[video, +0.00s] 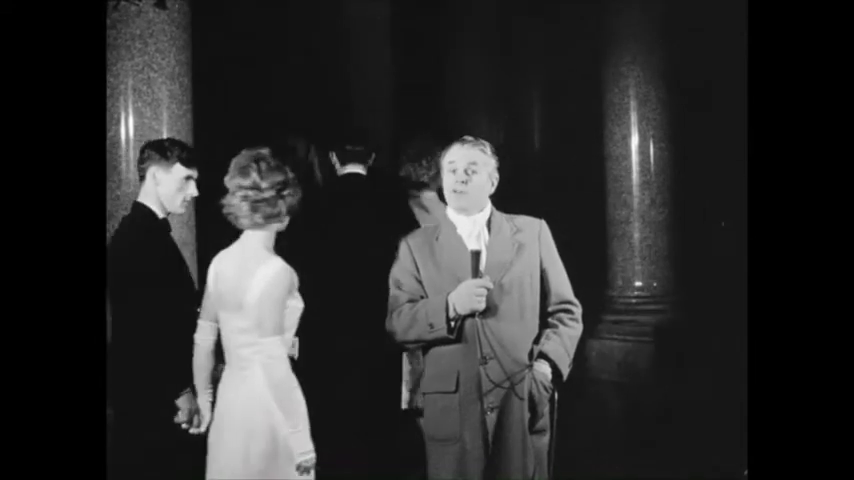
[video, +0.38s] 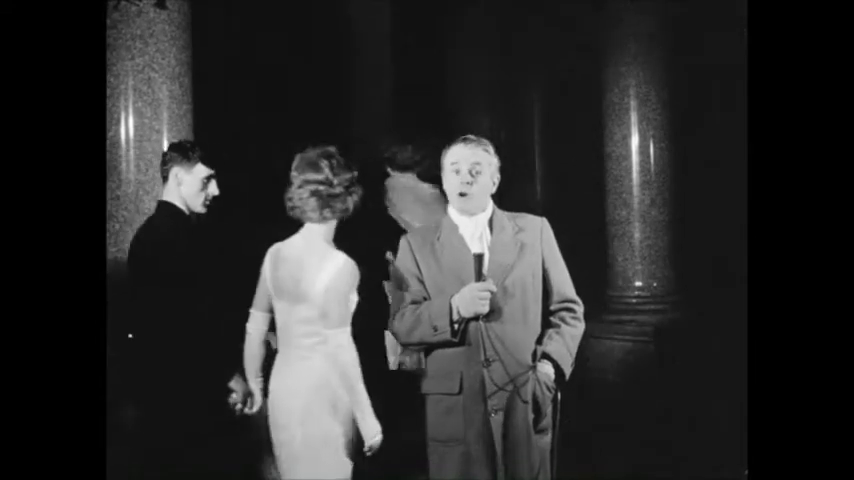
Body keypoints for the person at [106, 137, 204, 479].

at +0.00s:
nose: (194, 191)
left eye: (195, 181)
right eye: (186, 179)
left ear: (155, 174)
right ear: (153, 174)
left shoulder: (155, 234)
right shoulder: (139, 238)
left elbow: (174, 320)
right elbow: (152, 325)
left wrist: (189, 388)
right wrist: (179, 391)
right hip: (151, 402)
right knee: (157, 471)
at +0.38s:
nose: (215, 191)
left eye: (214, 180)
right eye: (205, 180)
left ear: (180, 179)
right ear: (176, 178)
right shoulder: (168, 237)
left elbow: (195, 320)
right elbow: (185, 324)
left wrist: (229, 375)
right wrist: (229, 376)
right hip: (179, 387)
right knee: (188, 467)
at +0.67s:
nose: (250, 193)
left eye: (250, 182)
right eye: (241, 182)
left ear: (213, 180)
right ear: (212, 178)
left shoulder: (183, 235)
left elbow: (234, 319)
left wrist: (263, 375)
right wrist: (262, 377)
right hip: (210, 393)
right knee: (233, 469)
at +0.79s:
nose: (271, 195)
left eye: (270, 185)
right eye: (263, 184)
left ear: (234, 181)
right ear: (234, 180)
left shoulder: (197, 236)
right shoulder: (243, 238)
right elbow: (253, 318)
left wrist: (285, 375)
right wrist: (285, 375)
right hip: (238, 384)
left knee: (219, 469)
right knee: (251, 467)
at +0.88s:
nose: (284, 196)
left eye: (285, 186)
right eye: (278, 184)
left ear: (249, 178)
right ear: (252, 176)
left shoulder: (211, 223)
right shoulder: (262, 234)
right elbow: (278, 315)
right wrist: (301, 373)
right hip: (257, 372)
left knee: (226, 463)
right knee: (262, 462)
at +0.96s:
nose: (292, 195)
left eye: (295, 187)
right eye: (292, 184)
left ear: (264, 173)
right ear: (273, 175)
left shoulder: (219, 219)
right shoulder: (276, 229)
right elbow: (292, 307)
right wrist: (314, 370)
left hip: (229, 360)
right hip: (271, 362)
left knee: (238, 456)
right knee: (274, 458)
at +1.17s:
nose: (320, 197)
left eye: (322, 188)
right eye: (323, 187)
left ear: (282, 174)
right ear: (311, 180)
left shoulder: (240, 222)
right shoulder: (301, 235)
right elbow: (306, 315)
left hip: (247, 369)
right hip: (295, 371)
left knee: (257, 463)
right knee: (303, 462)